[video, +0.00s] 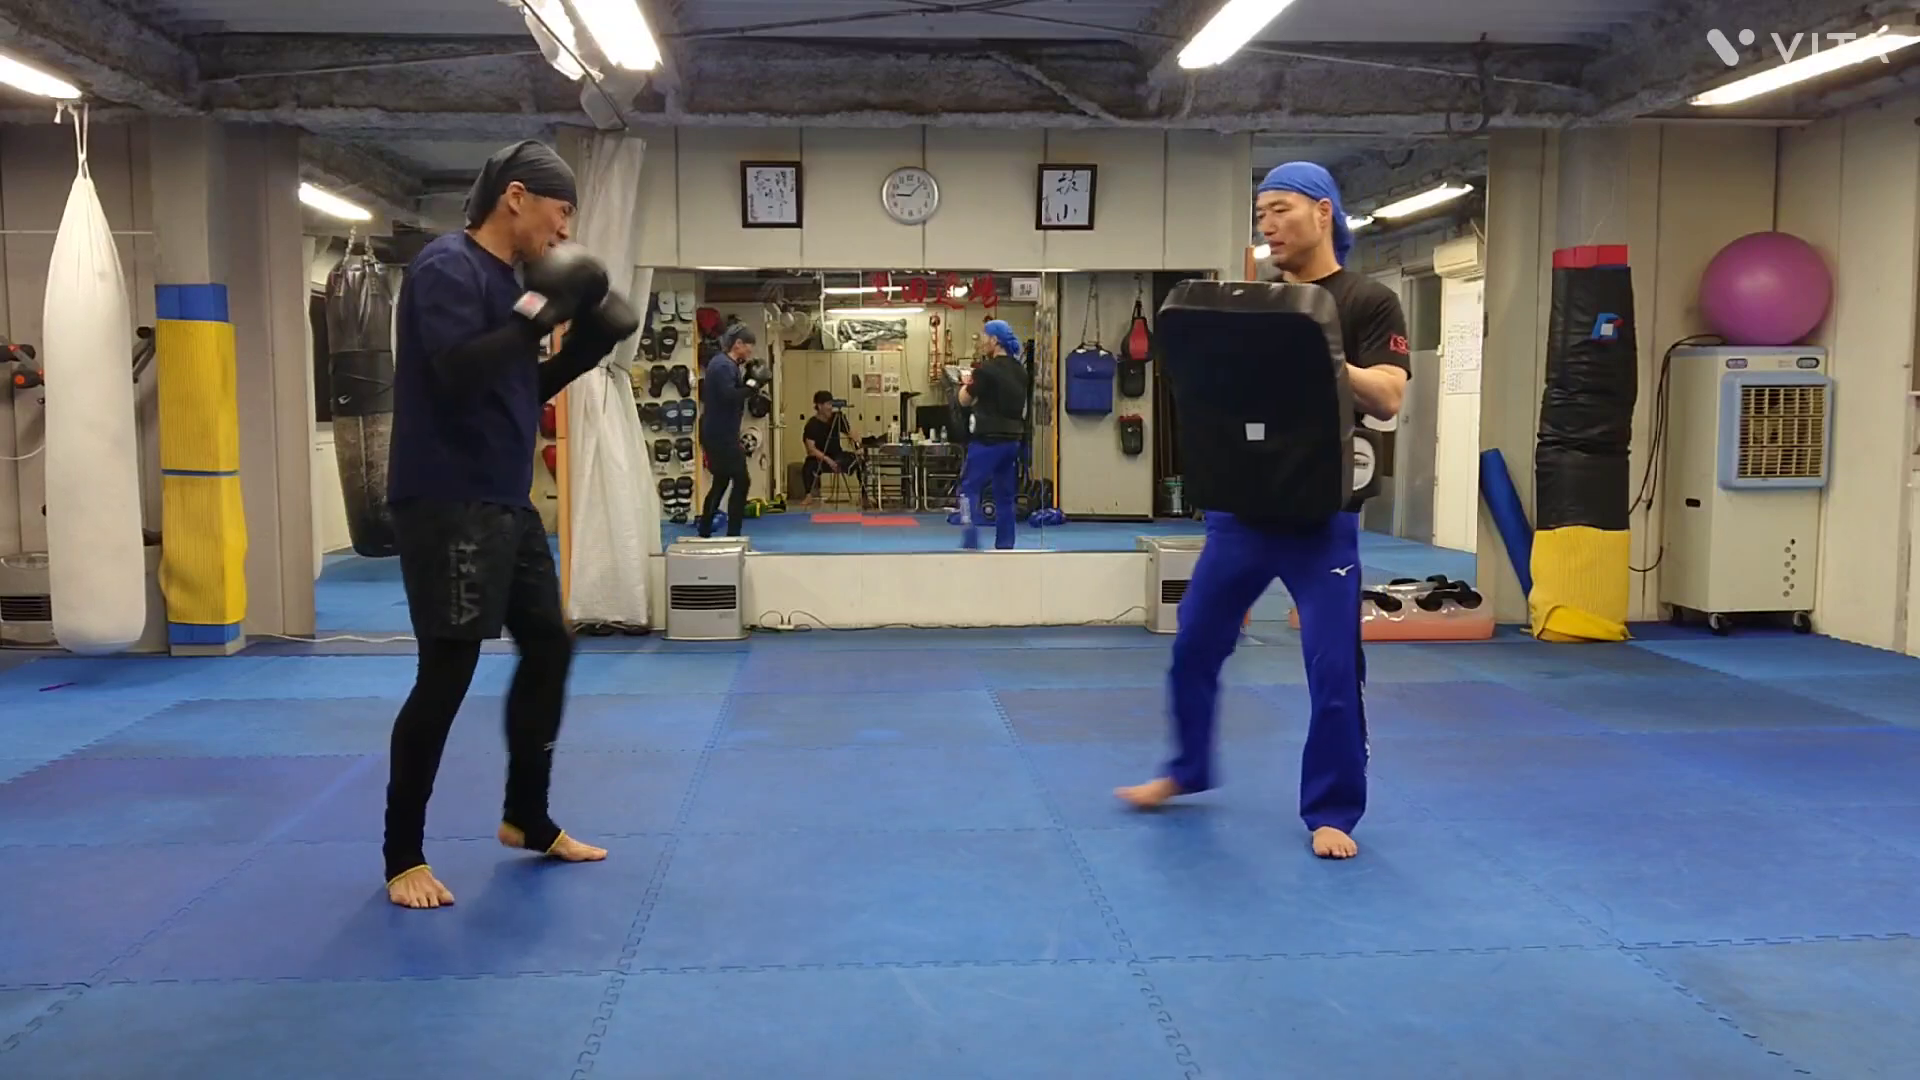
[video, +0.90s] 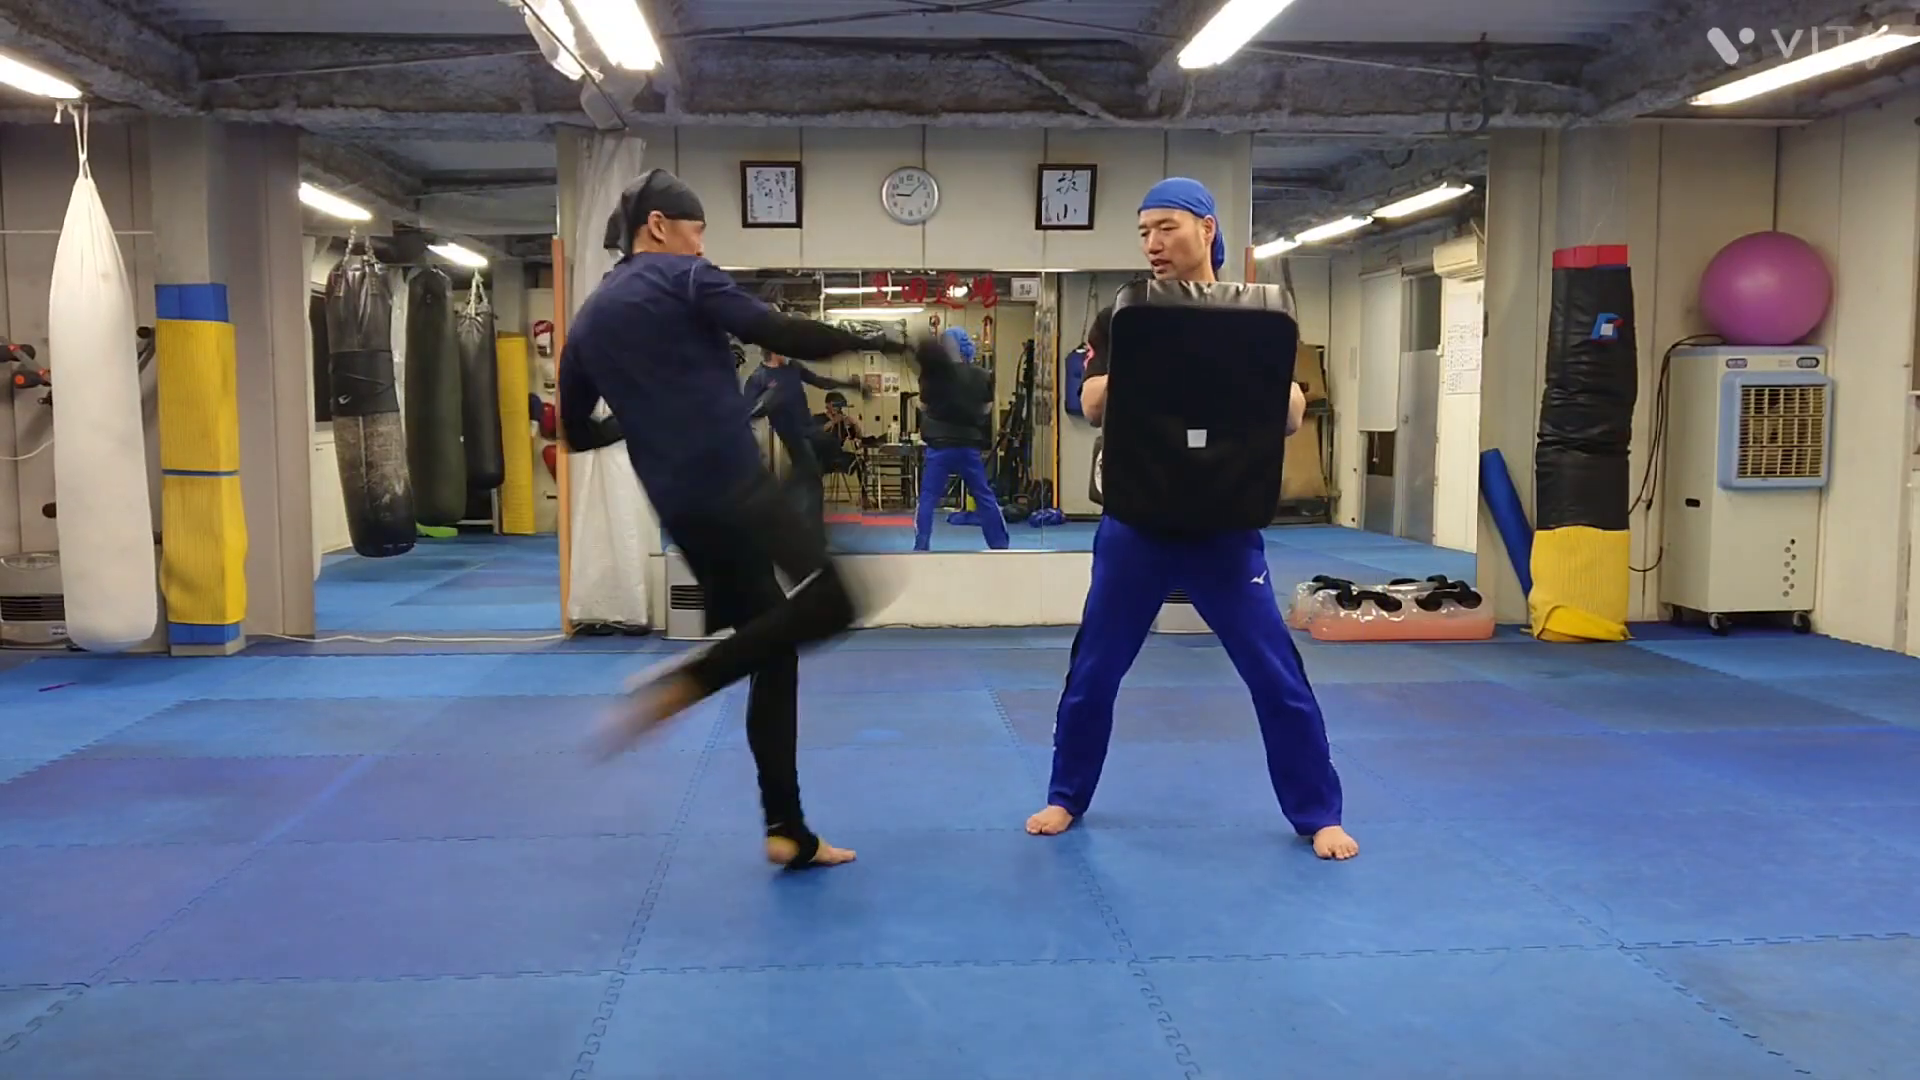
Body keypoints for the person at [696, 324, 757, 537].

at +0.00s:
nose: (751, 351)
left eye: (752, 346)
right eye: (749, 345)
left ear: (737, 345)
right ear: (737, 344)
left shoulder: (724, 364)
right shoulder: (724, 366)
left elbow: (731, 392)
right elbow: (729, 396)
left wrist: (748, 379)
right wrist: (752, 386)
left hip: (714, 432)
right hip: (722, 434)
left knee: (721, 480)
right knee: (742, 481)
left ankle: (704, 529)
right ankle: (734, 534)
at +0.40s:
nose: (755, 353)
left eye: (756, 349)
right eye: (754, 348)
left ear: (738, 347)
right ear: (741, 346)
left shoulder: (719, 365)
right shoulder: (738, 367)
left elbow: (734, 391)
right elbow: (756, 393)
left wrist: (758, 375)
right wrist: (776, 380)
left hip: (715, 435)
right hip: (735, 436)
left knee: (719, 484)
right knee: (761, 480)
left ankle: (703, 535)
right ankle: (749, 539)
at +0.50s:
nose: (758, 354)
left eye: (758, 349)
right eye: (756, 349)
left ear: (732, 348)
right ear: (748, 348)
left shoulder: (720, 373)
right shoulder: (744, 369)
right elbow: (764, 392)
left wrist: (766, 384)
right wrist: (789, 389)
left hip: (719, 437)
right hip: (742, 437)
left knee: (720, 485)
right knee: (773, 478)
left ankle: (703, 535)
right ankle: (761, 537)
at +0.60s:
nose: (767, 357)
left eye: (769, 352)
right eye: (766, 351)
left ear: (751, 349)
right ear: (755, 349)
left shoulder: (734, 369)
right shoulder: (752, 370)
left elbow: (751, 394)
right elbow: (766, 401)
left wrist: (773, 382)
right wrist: (793, 411)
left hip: (732, 438)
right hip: (753, 438)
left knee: (725, 488)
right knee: (782, 482)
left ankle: (704, 536)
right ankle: (792, 539)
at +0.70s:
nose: (781, 357)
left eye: (781, 353)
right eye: (778, 352)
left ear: (766, 352)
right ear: (766, 351)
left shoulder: (761, 372)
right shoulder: (761, 374)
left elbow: (781, 394)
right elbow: (759, 406)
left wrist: (794, 376)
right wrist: (772, 432)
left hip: (750, 443)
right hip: (761, 443)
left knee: (734, 490)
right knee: (795, 480)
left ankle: (702, 535)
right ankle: (817, 541)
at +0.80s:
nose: (792, 351)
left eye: (791, 347)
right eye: (787, 347)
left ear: (780, 351)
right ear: (774, 350)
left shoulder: (789, 371)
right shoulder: (763, 377)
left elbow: (817, 379)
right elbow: (744, 408)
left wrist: (813, 360)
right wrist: (742, 430)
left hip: (787, 439)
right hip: (779, 440)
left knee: (771, 487)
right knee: (813, 484)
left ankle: (727, 520)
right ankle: (818, 543)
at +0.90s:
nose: (784, 356)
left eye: (784, 352)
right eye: (780, 353)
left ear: (783, 353)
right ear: (771, 354)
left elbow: (820, 382)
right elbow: (749, 411)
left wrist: (851, 384)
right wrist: (769, 397)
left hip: (808, 428)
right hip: (789, 433)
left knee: (805, 473)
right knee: (813, 476)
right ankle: (816, 538)